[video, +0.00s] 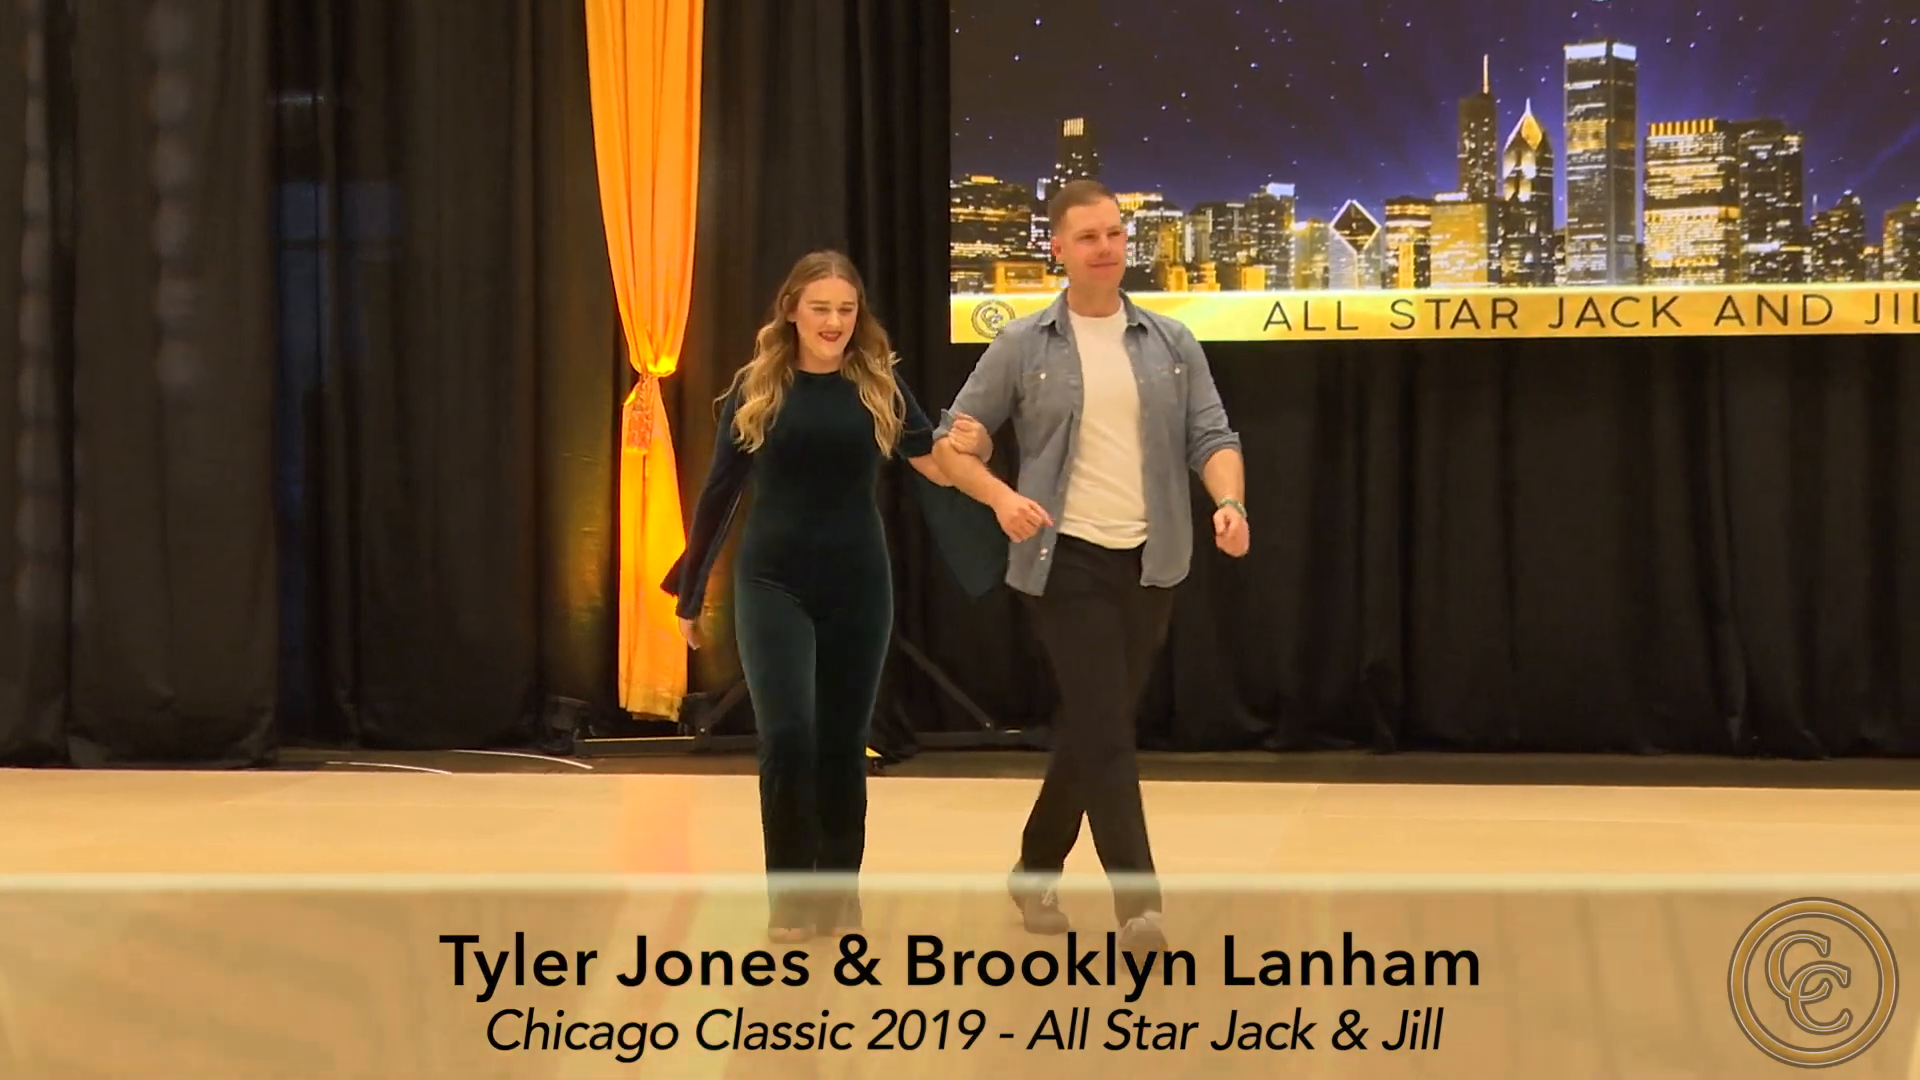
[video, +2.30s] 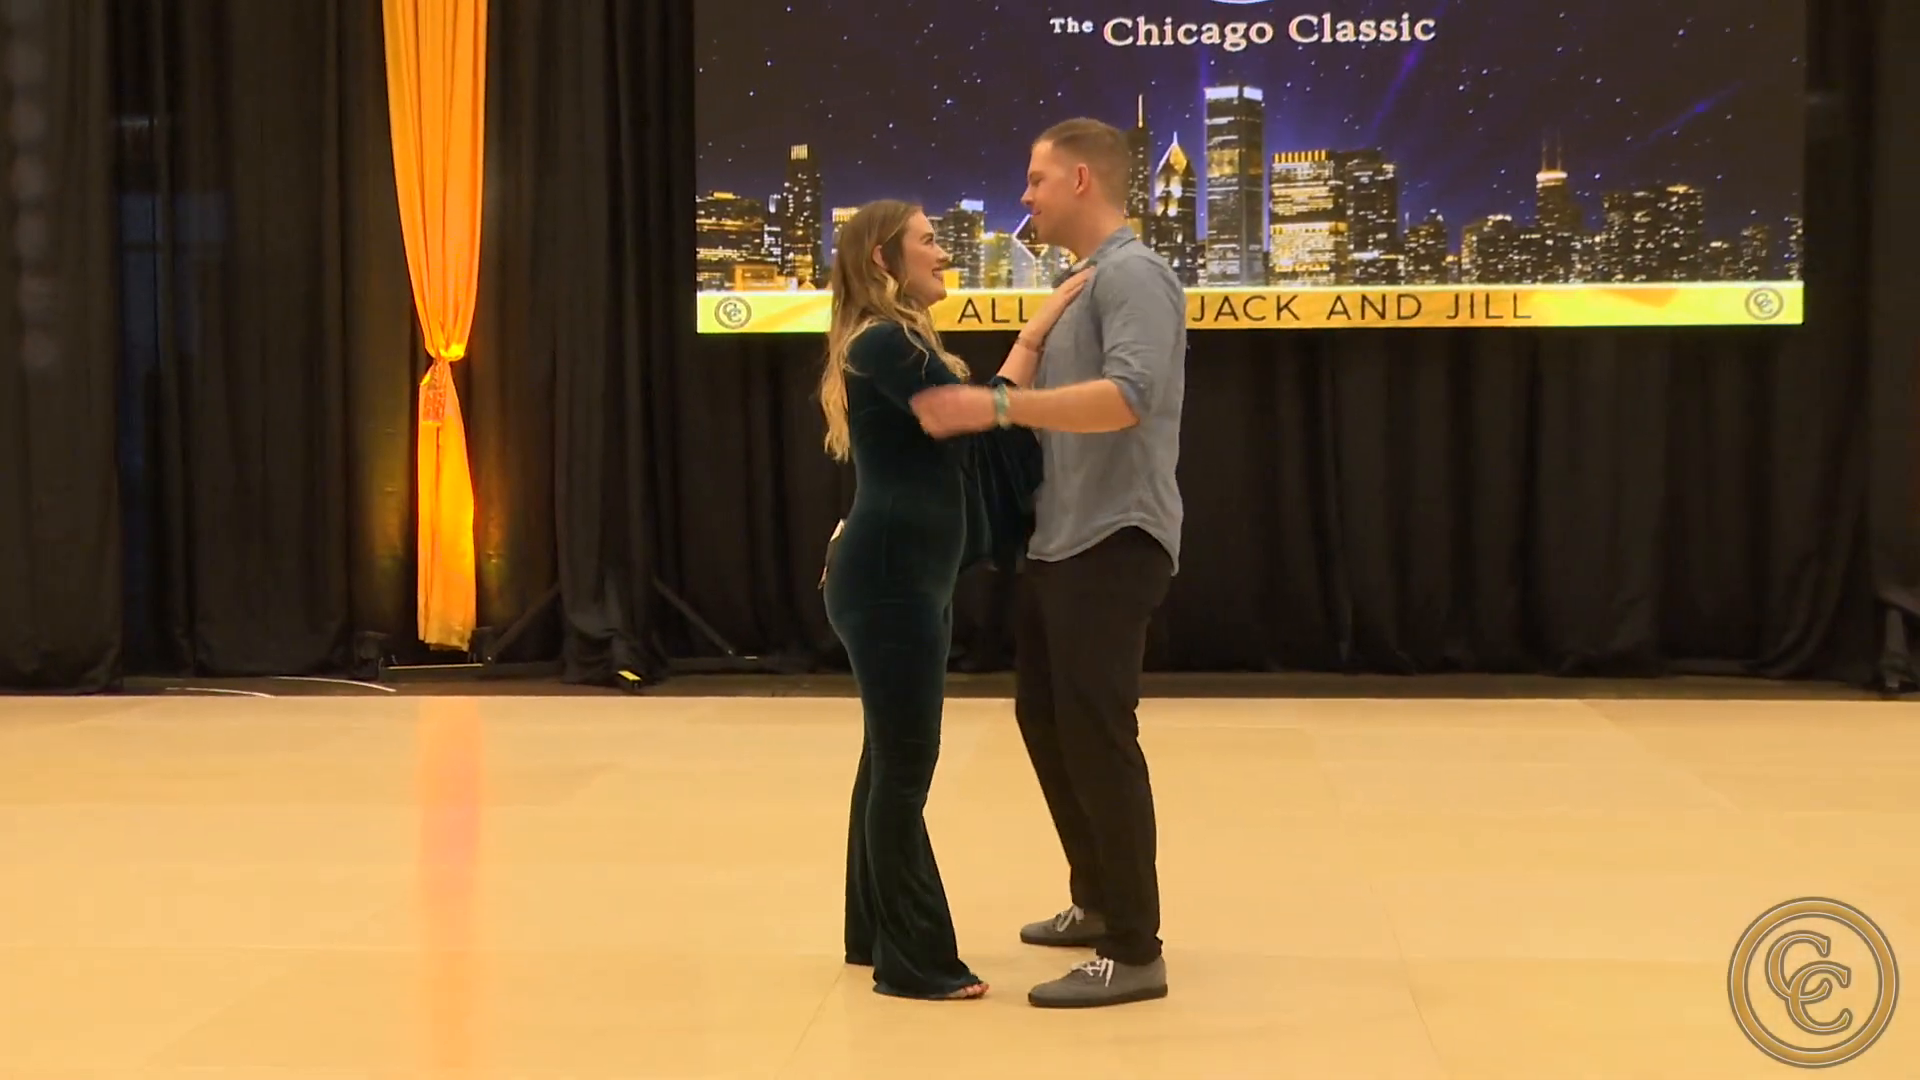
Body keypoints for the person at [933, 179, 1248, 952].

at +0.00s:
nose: (1106, 245)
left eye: (1115, 232)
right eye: (1088, 235)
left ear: (1128, 242)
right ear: (1057, 250)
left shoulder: (1172, 340)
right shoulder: (1021, 347)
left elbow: (1211, 435)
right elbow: (951, 448)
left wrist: (1229, 502)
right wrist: (1001, 496)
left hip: (1153, 562)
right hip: (1064, 560)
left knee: (1096, 724)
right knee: (1104, 728)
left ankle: (1034, 876)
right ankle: (1141, 909)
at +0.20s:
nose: (1119, 225)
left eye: (1130, 210)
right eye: (1103, 213)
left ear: (1151, 217)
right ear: (1079, 224)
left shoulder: (1196, 319)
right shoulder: (1046, 319)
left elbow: (1228, 442)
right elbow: (969, 425)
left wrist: (1246, 553)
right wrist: (992, 505)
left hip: (1187, 548)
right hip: (1091, 547)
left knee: (1194, 719)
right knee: (1107, 733)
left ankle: (1108, 832)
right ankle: (1126, 913)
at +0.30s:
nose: (1115, 222)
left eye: (1130, 207)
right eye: (1101, 209)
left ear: (1163, 211)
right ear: (1085, 216)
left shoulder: (1206, 316)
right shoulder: (1054, 310)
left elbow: (1232, 444)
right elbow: (972, 410)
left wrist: (1247, 559)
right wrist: (987, 495)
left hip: (1194, 544)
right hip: (1093, 546)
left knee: (1214, 724)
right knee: (1097, 737)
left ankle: (1186, 908)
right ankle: (1110, 916)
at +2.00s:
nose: (1026, 201)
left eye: (1039, 185)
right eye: (1026, 187)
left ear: (1095, 189)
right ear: (1071, 193)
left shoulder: (1163, 287)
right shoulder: (1053, 299)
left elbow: (1204, 421)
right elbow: (1021, 423)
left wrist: (1160, 538)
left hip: (1127, 553)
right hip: (1048, 551)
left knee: (1137, 747)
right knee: (1077, 743)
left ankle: (1171, 954)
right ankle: (1112, 917)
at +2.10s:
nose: (1025, 202)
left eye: (1038, 185)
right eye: (1027, 187)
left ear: (1091, 189)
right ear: (1071, 190)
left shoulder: (1154, 282)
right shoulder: (1058, 293)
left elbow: (1183, 416)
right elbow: (1029, 417)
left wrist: (1107, 509)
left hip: (1125, 549)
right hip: (1054, 547)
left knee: (1123, 743)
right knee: (1074, 739)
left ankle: (1157, 963)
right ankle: (1113, 912)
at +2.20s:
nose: (1026, 201)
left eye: (1037, 184)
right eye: (1028, 185)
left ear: (1087, 187)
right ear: (1082, 187)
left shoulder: (1142, 276)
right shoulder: (1069, 294)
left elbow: (1157, 405)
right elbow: (1044, 419)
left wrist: (1043, 459)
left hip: (1121, 540)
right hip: (1063, 541)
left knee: (1106, 734)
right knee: (1066, 729)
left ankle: (1144, 961)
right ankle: (1106, 909)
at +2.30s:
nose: (1025, 196)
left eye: (1035, 179)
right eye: (1028, 180)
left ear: (1080, 180)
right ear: (1080, 182)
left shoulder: (1133, 273)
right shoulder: (1081, 288)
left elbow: (1132, 397)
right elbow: (1046, 402)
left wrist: (997, 405)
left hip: (1112, 539)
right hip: (1063, 540)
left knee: (1095, 727)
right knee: (1044, 717)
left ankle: (1135, 953)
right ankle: (1100, 907)